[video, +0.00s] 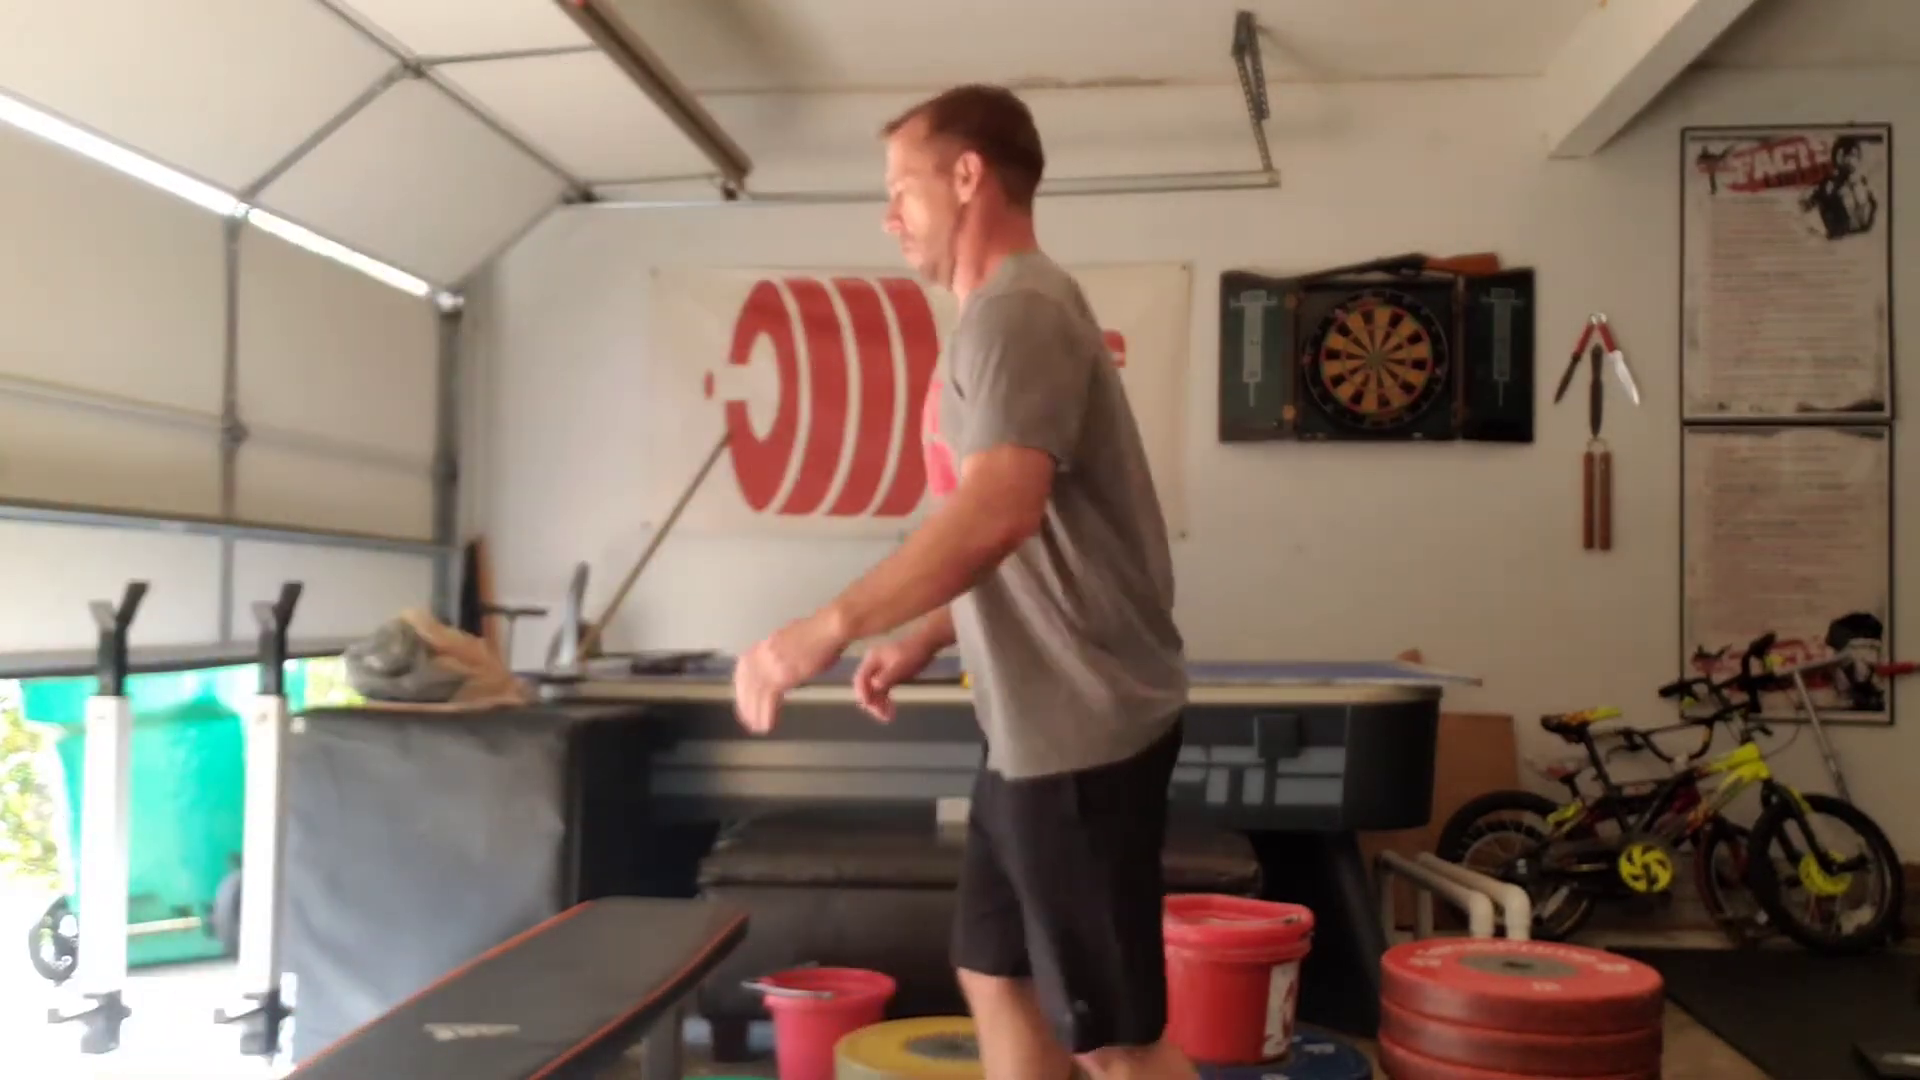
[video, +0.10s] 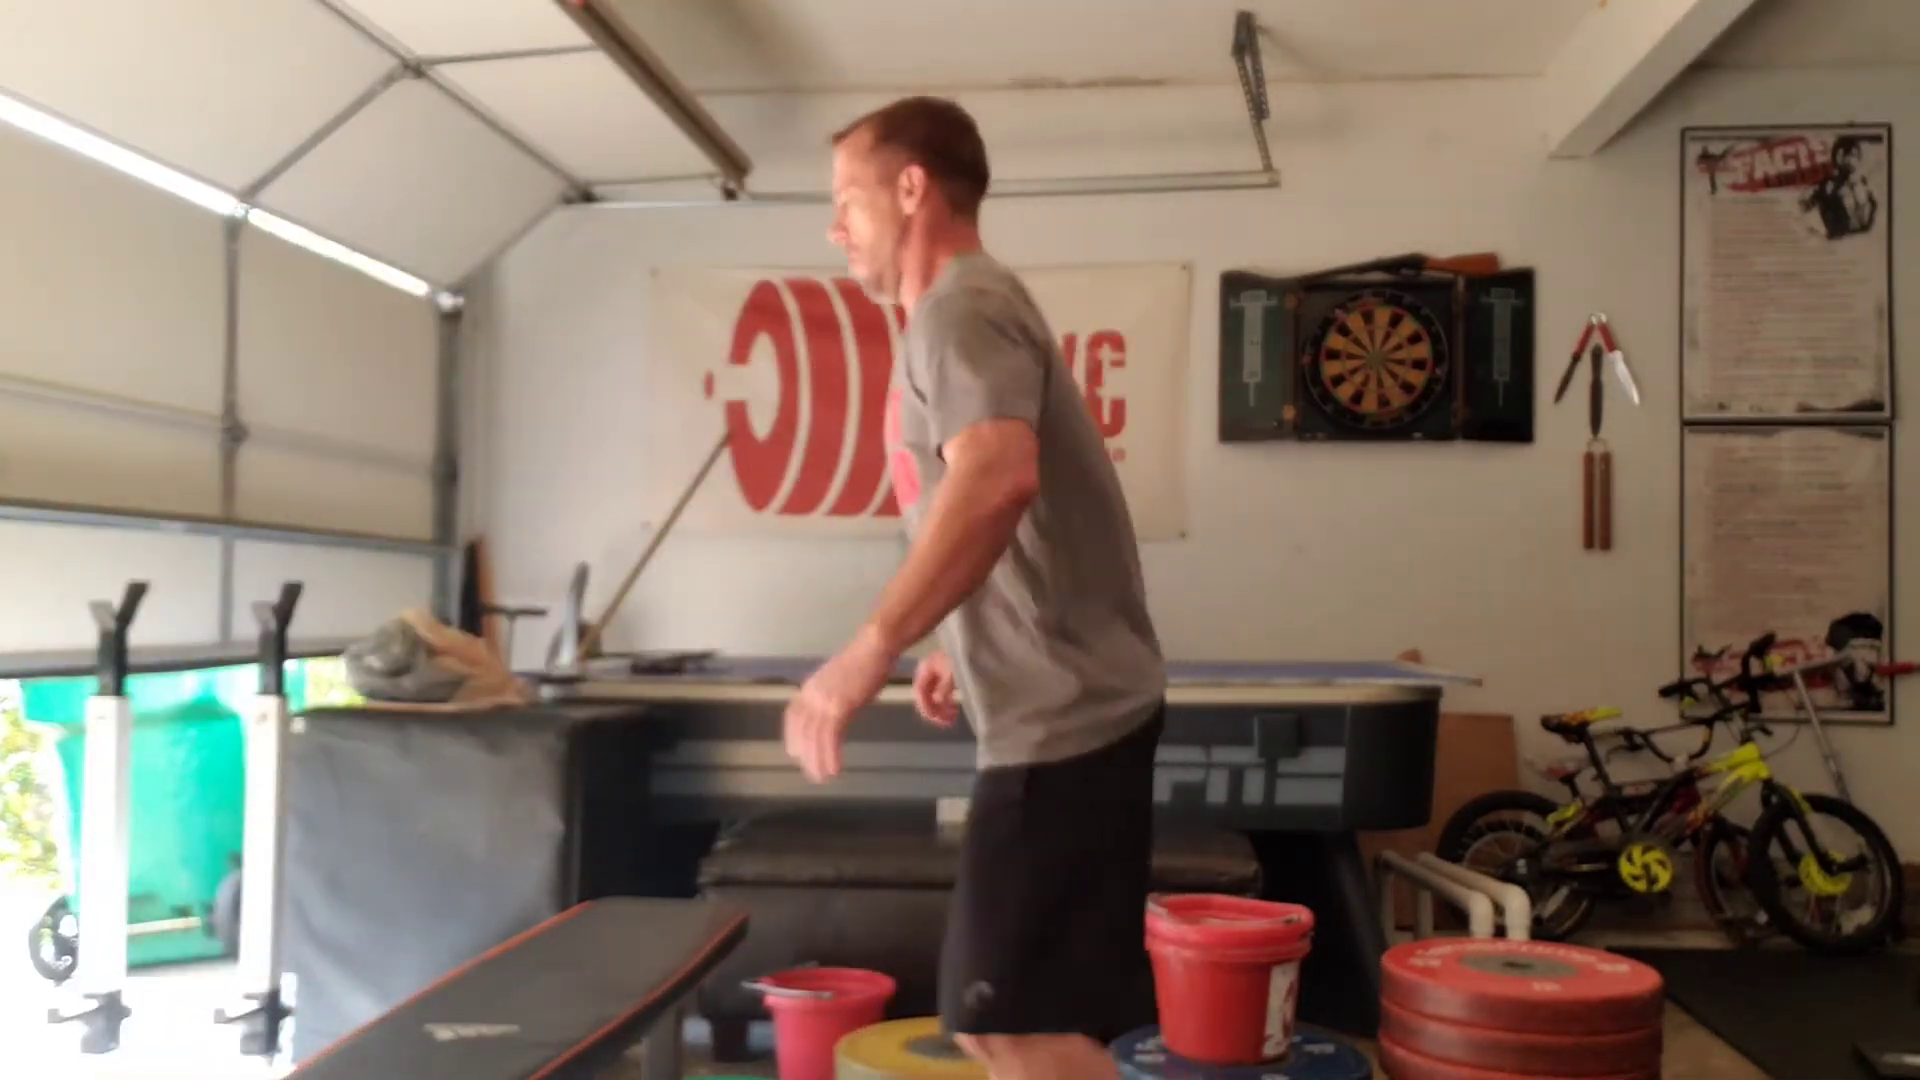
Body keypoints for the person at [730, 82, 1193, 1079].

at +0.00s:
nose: (891, 222)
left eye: (901, 194)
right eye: (889, 198)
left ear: (969, 179)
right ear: (973, 185)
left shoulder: (1019, 308)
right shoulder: (994, 314)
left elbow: (1000, 505)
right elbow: (1024, 527)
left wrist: (825, 626)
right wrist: (926, 637)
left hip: (1086, 718)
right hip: (1031, 714)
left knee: (1116, 1035)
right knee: (994, 973)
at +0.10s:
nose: (837, 231)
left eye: (847, 204)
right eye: (835, 208)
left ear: (912, 191)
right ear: (918, 196)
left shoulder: (960, 306)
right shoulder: (966, 306)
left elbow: (999, 472)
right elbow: (1011, 500)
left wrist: (870, 649)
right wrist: (961, 639)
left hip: (1062, 719)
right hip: (1059, 710)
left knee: (1006, 1022)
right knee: (1038, 1021)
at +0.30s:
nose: (708, 330)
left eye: (720, 302)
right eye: (709, 306)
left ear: (783, 297)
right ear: (788, 300)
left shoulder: (832, 393)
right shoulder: (839, 394)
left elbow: (1009, 455)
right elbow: (1008, 462)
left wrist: (1017, 655)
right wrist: (1011, 662)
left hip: (1029, 748)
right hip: (1060, 738)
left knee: (884, 1026)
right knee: (970, 1031)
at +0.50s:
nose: (671, 334)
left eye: (686, 309)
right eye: (674, 311)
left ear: (745, 316)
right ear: (749, 321)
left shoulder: (773, 430)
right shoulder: (793, 427)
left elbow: (656, 622)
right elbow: (710, 638)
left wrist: (536, 552)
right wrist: (598, 564)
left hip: (946, 769)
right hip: (987, 750)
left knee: (840, 1056)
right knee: (942, 1049)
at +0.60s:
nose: (601, 179)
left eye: (611, 153)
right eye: (603, 157)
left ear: (669, 138)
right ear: (694, 145)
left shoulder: (702, 221)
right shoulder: (718, 243)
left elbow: (492, 320)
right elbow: (618, 383)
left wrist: (474, 194)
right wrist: (560, 251)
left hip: (850, 606)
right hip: (869, 598)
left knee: (877, 914)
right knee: (916, 904)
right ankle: (953, 1075)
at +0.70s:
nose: (525, 60)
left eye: (532, 37)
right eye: (526, 44)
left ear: (592, 18)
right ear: (622, 24)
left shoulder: (625, 88)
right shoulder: (671, 112)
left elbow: (424, 172)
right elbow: (582, 289)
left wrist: (344, 76)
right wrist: (503, 193)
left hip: (782, 455)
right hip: (833, 452)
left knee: (632, 737)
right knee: (759, 717)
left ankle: (892, 866)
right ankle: (913, 866)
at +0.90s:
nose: (354, 45)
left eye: (359, 19)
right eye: (350, 26)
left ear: (423, 12)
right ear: (454, 18)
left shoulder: (457, 99)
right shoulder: (534, 103)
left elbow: (339, 300)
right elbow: (575, 346)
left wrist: (151, 389)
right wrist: (412, 386)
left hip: (666, 389)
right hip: (739, 411)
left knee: (369, 499)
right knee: (516, 534)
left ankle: (377, 819)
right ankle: (449, 783)